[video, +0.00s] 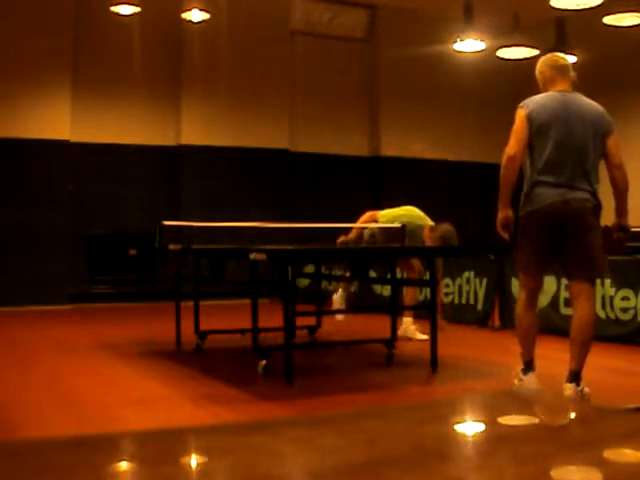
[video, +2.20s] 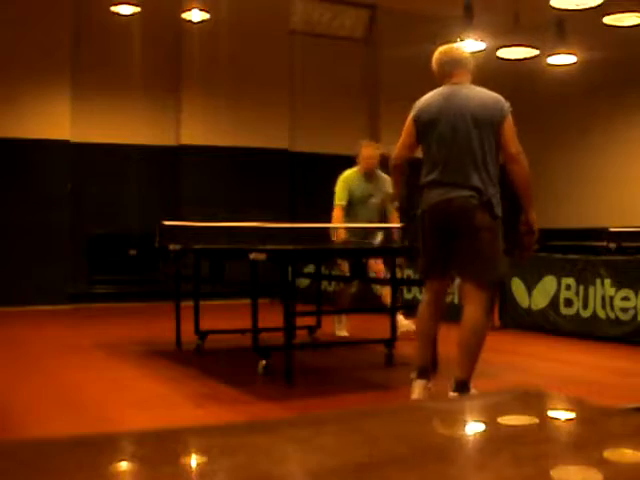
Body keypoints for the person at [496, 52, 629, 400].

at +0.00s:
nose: (539, 85)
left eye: (538, 80)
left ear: (542, 80)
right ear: (572, 78)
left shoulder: (530, 108)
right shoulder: (597, 112)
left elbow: (512, 155)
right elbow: (617, 170)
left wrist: (504, 205)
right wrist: (621, 217)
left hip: (538, 210)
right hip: (582, 212)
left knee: (529, 293)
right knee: (583, 295)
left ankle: (527, 370)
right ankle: (574, 380)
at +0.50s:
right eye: (525, 70)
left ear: (495, 79)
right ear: (526, 75)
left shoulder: (482, 111)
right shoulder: (554, 110)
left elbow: (464, 164)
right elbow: (575, 163)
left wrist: (468, 205)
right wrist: (593, 211)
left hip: (495, 216)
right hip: (541, 215)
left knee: (486, 292)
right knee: (559, 294)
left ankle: (476, 377)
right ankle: (570, 379)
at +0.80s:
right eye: (494, 72)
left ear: (466, 81)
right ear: (495, 75)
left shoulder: (453, 111)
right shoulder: (524, 106)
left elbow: (434, 161)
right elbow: (545, 157)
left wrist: (444, 208)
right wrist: (556, 209)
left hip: (469, 211)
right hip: (512, 210)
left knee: (471, 290)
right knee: (537, 286)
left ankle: (474, 375)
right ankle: (535, 371)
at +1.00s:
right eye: (484, 71)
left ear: (457, 79)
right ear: (487, 74)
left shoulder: (444, 112)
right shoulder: (515, 106)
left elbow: (429, 166)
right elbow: (536, 155)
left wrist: (432, 207)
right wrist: (546, 208)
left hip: (460, 210)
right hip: (503, 209)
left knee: (465, 288)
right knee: (517, 289)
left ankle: (472, 372)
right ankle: (485, 358)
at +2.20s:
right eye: (467, 67)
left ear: (438, 73)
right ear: (469, 69)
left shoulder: (424, 105)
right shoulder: (496, 103)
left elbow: (399, 157)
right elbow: (514, 157)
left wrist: (398, 199)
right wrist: (529, 209)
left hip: (434, 208)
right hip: (479, 208)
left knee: (433, 290)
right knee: (476, 297)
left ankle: (422, 376)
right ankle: (461, 387)